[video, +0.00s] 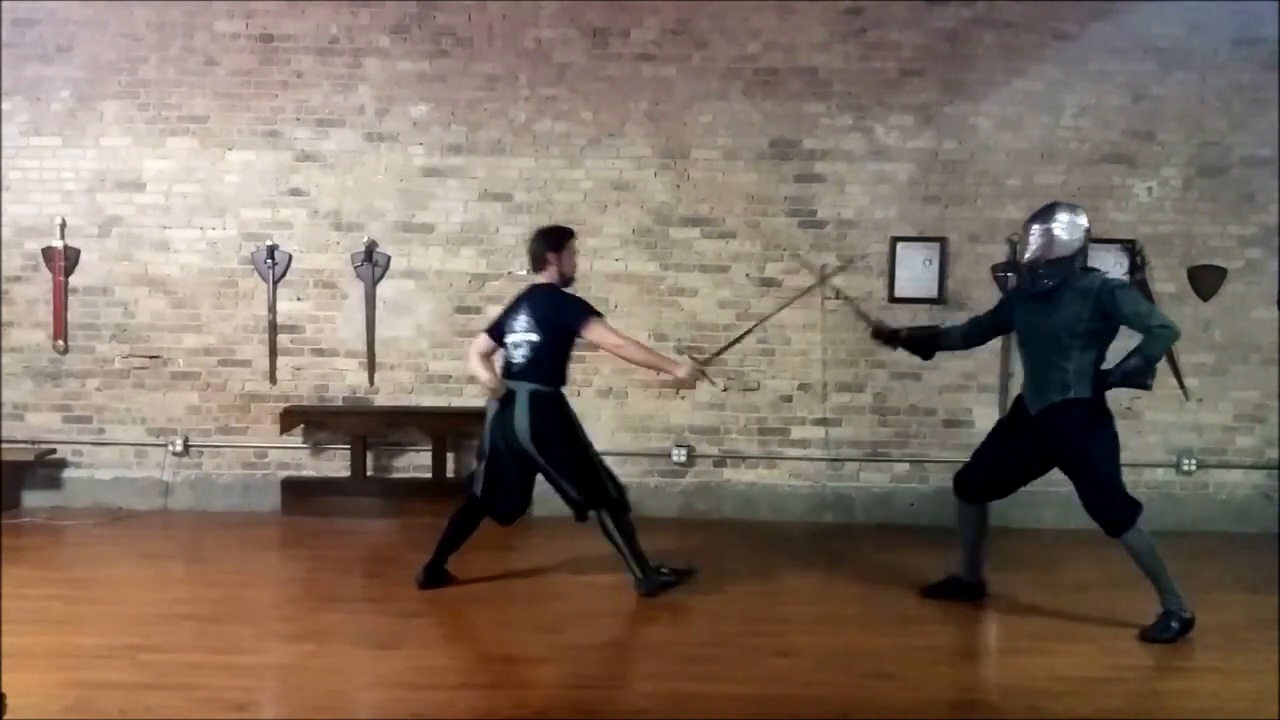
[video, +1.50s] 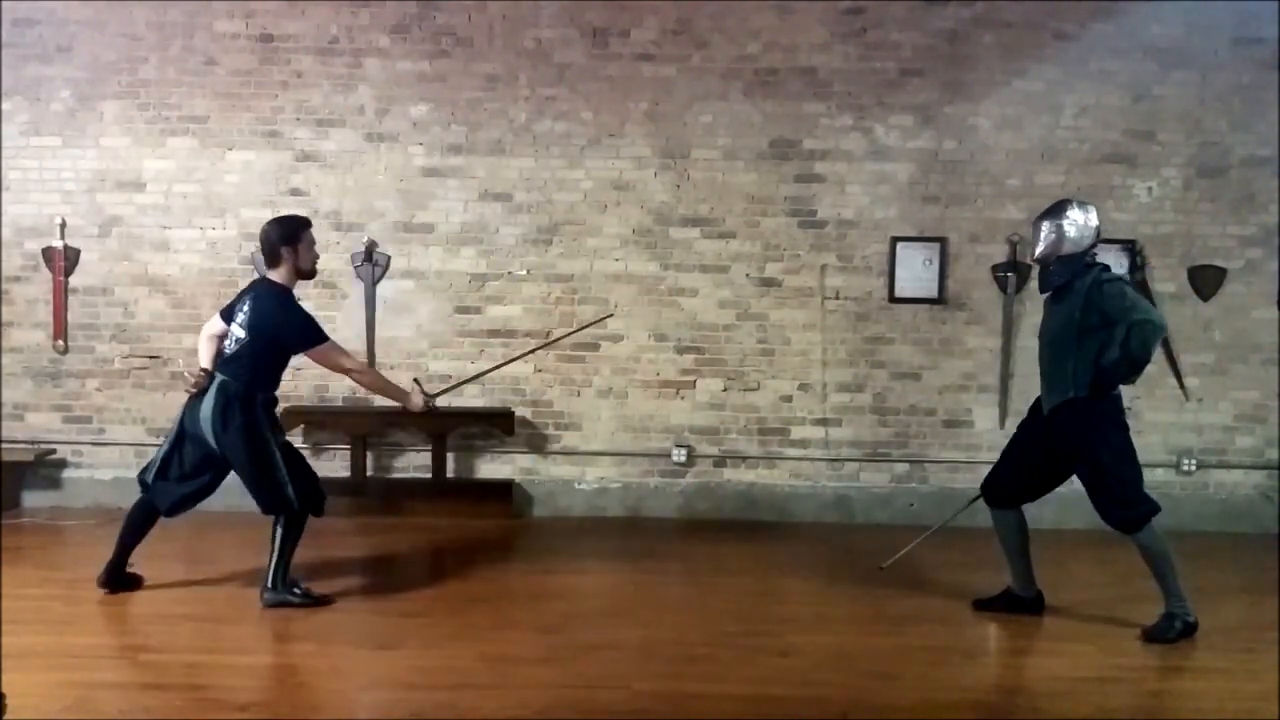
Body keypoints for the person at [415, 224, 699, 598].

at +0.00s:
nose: (577, 261)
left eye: (575, 253)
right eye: (572, 254)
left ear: (542, 261)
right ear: (553, 259)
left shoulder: (517, 305)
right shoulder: (563, 303)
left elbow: (476, 353)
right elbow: (616, 343)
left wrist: (495, 386)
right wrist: (674, 367)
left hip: (504, 413)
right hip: (541, 413)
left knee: (484, 496)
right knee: (602, 492)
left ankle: (434, 567)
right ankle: (644, 574)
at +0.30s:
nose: (492, 238)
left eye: (489, 231)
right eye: (486, 231)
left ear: (456, 240)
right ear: (467, 238)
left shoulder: (436, 285)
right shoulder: (478, 283)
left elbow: (397, 334)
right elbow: (537, 319)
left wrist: (406, 360)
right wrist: (593, 342)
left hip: (427, 395)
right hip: (454, 396)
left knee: (449, 487)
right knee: (498, 484)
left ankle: (430, 569)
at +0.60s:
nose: (440, 237)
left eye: (437, 229)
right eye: (434, 230)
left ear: (402, 241)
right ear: (416, 238)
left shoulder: (376, 283)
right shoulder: (424, 287)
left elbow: (330, 324)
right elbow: (489, 326)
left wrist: (353, 367)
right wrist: (549, 349)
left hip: (378, 398)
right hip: (393, 401)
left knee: (423, 481)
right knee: (373, 496)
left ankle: (425, 569)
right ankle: (294, 568)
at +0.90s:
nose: (391, 238)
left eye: (389, 229)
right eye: (386, 230)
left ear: (352, 239)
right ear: (365, 238)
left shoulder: (320, 275)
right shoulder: (365, 292)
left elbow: (266, 312)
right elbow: (431, 341)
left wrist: (275, 356)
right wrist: (482, 364)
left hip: (290, 387)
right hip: (315, 395)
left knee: (346, 470)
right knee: (327, 491)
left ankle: (335, 562)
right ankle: (279, 582)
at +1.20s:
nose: (352, 238)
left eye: (349, 230)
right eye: (345, 231)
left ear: (313, 241)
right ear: (323, 241)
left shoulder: (285, 280)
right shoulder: (322, 299)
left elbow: (241, 317)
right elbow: (380, 351)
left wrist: (241, 361)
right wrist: (436, 378)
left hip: (245, 394)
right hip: (276, 404)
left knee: (219, 480)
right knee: (312, 492)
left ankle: (164, 552)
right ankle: (277, 583)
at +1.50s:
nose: (317, 252)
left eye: (314, 244)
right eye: (310, 245)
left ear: (281, 253)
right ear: (288, 252)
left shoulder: (252, 293)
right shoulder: (286, 310)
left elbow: (210, 331)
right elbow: (349, 366)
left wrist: (206, 370)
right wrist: (407, 397)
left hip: (207, 405)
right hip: (241, 413)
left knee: (164, 487)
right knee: (298, 491)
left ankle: (113, 569)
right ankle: (277, 584)